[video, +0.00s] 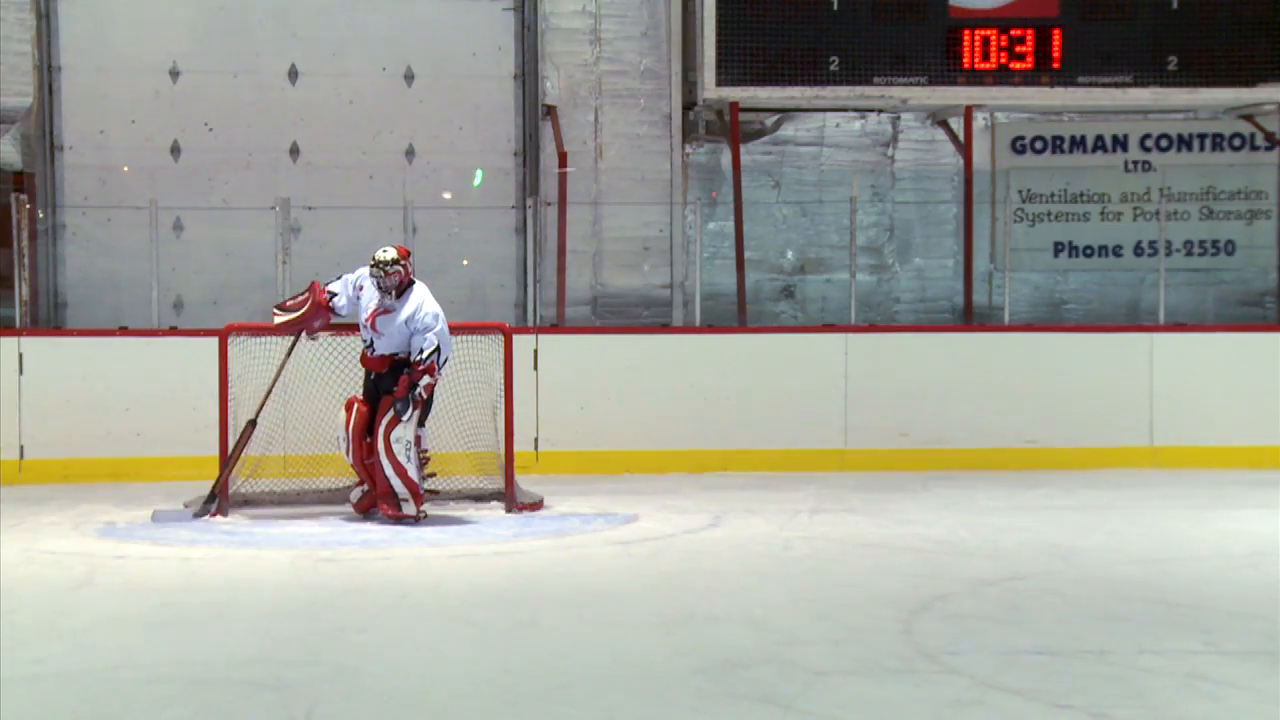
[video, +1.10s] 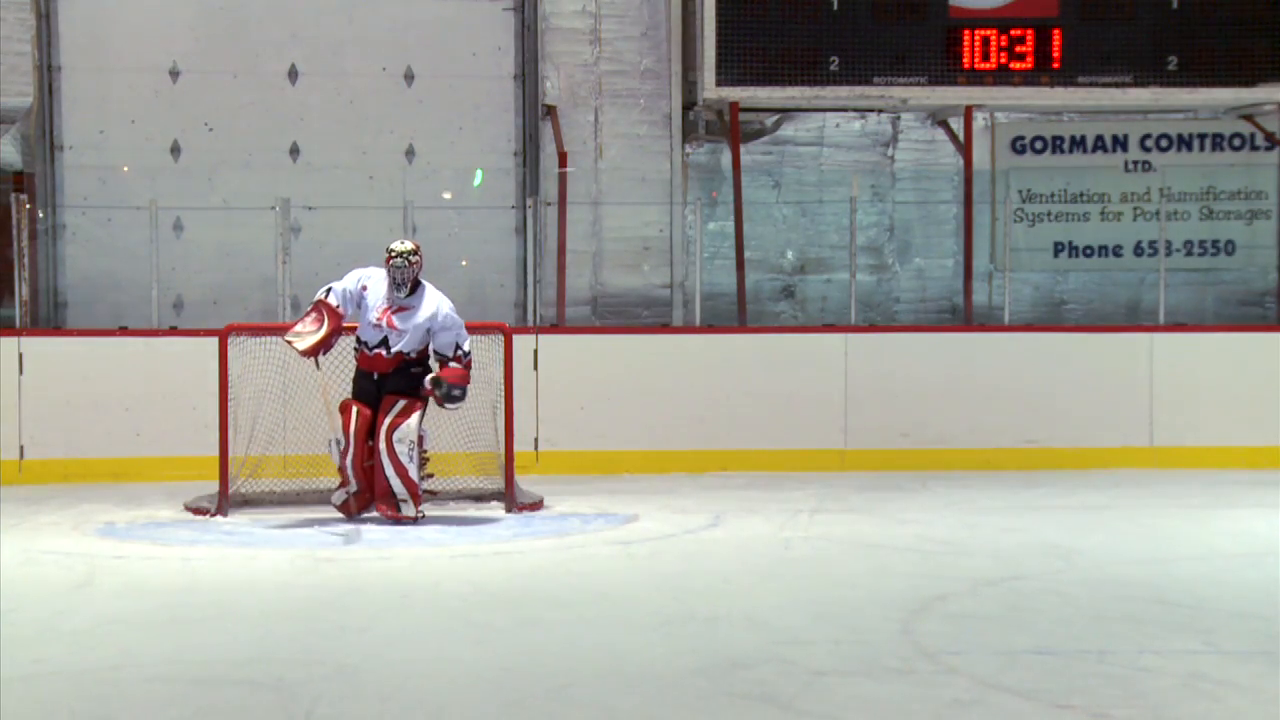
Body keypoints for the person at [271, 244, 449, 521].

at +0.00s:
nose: (383, 282)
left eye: (390, 275)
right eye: (379, 275)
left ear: (405, 274)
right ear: (373, 273)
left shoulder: (423, 307)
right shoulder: (367, 282)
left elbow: (429, 359)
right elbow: (337, 293)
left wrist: (411, 393)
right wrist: (312, 307)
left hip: (406, 377)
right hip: (375, 373)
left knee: (392, 437)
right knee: (365, 433)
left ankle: (404, 502)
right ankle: (375, 490)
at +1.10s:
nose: (400, 273)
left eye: (407, 267)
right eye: (395, 266)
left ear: (418, 268)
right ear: (387, 266)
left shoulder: (436, 306)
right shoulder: (367, 282)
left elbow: (458, 351)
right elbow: (333, 296)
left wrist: (451, 380)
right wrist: (316, 327)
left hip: (406, 380)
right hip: (366, 375)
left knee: (391, 438)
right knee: (355, 434)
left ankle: (399, 506)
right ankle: (356, 496)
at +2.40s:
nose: (384, 262)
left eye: (391, 256)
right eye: (380, 256)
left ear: (402, 259)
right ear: (372, 258)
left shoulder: (418, 293)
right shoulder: (354, 284)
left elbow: (445, 333)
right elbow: (337, 333)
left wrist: (441, 357)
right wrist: (326, 367)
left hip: (400, 379)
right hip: (359, 378)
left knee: (390, 435)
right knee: (341, 429)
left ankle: (399, 506)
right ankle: (346, 501)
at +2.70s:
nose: (369, 264)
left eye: (374, 258)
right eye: (362, 259)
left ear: (384, 259)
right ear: (354, 261)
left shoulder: (405, 290)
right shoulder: (336, 290)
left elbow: (437, 313)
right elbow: (322, 338)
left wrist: (462, 321)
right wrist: (318, 373)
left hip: (391, 376)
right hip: (349, 376)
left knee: (389, 435)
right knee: (340, 434)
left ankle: (400, 503)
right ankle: (339, 503)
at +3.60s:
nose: (343, 261)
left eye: (347, 255)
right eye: (336, 256)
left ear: (356, 256)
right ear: (326, 259)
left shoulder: (376, 285)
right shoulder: (313, 287)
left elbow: (407, 308)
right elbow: (292, 319)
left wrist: (441, 306)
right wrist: (304, 332)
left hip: (367, 371)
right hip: (326, 374)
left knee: (384, 426)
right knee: (331, 429)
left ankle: (384, 496)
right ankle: (335, 498)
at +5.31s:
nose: (347, 263)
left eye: (352, 257)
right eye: (341, 257)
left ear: (361, 259)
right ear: (331, 260)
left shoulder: (379, 286)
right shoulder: (313, 288)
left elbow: (411, 309)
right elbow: (288, 318)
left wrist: (445, 308)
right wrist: (264, 319)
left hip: (368, 373)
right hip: (326, 375)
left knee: (385, 431)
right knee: (330, 435)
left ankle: (386, 500)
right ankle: (333, 502)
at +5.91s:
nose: (344, 262)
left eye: (349, 256)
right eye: (338, 256)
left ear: (358, 260)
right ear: (329, 260)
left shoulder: (378, 287)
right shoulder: (311, 287)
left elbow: (418, 307)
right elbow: (278, 311)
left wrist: (453, 314)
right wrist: (243, 312)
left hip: (365, 373)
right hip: (322, 375)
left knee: (376, 433)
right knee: (326, 435)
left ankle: (388, 501)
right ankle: (334, 501)